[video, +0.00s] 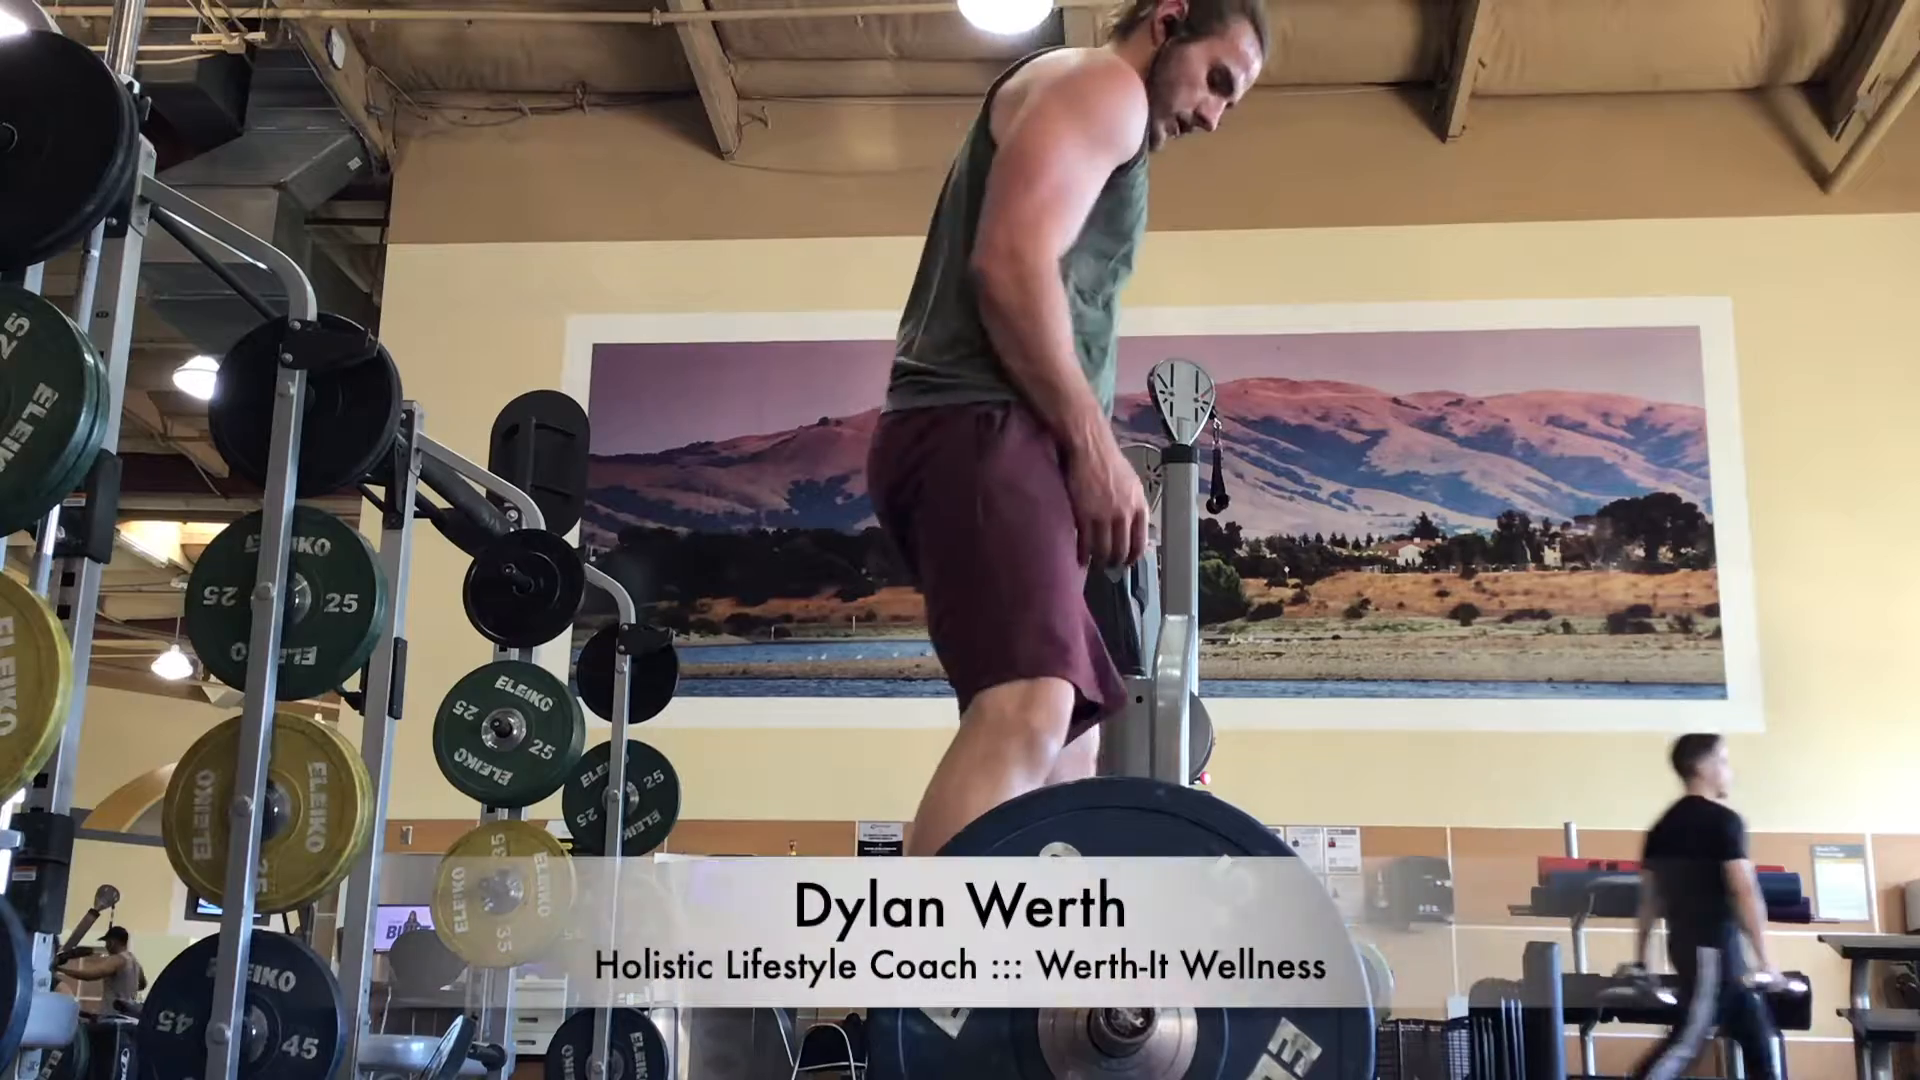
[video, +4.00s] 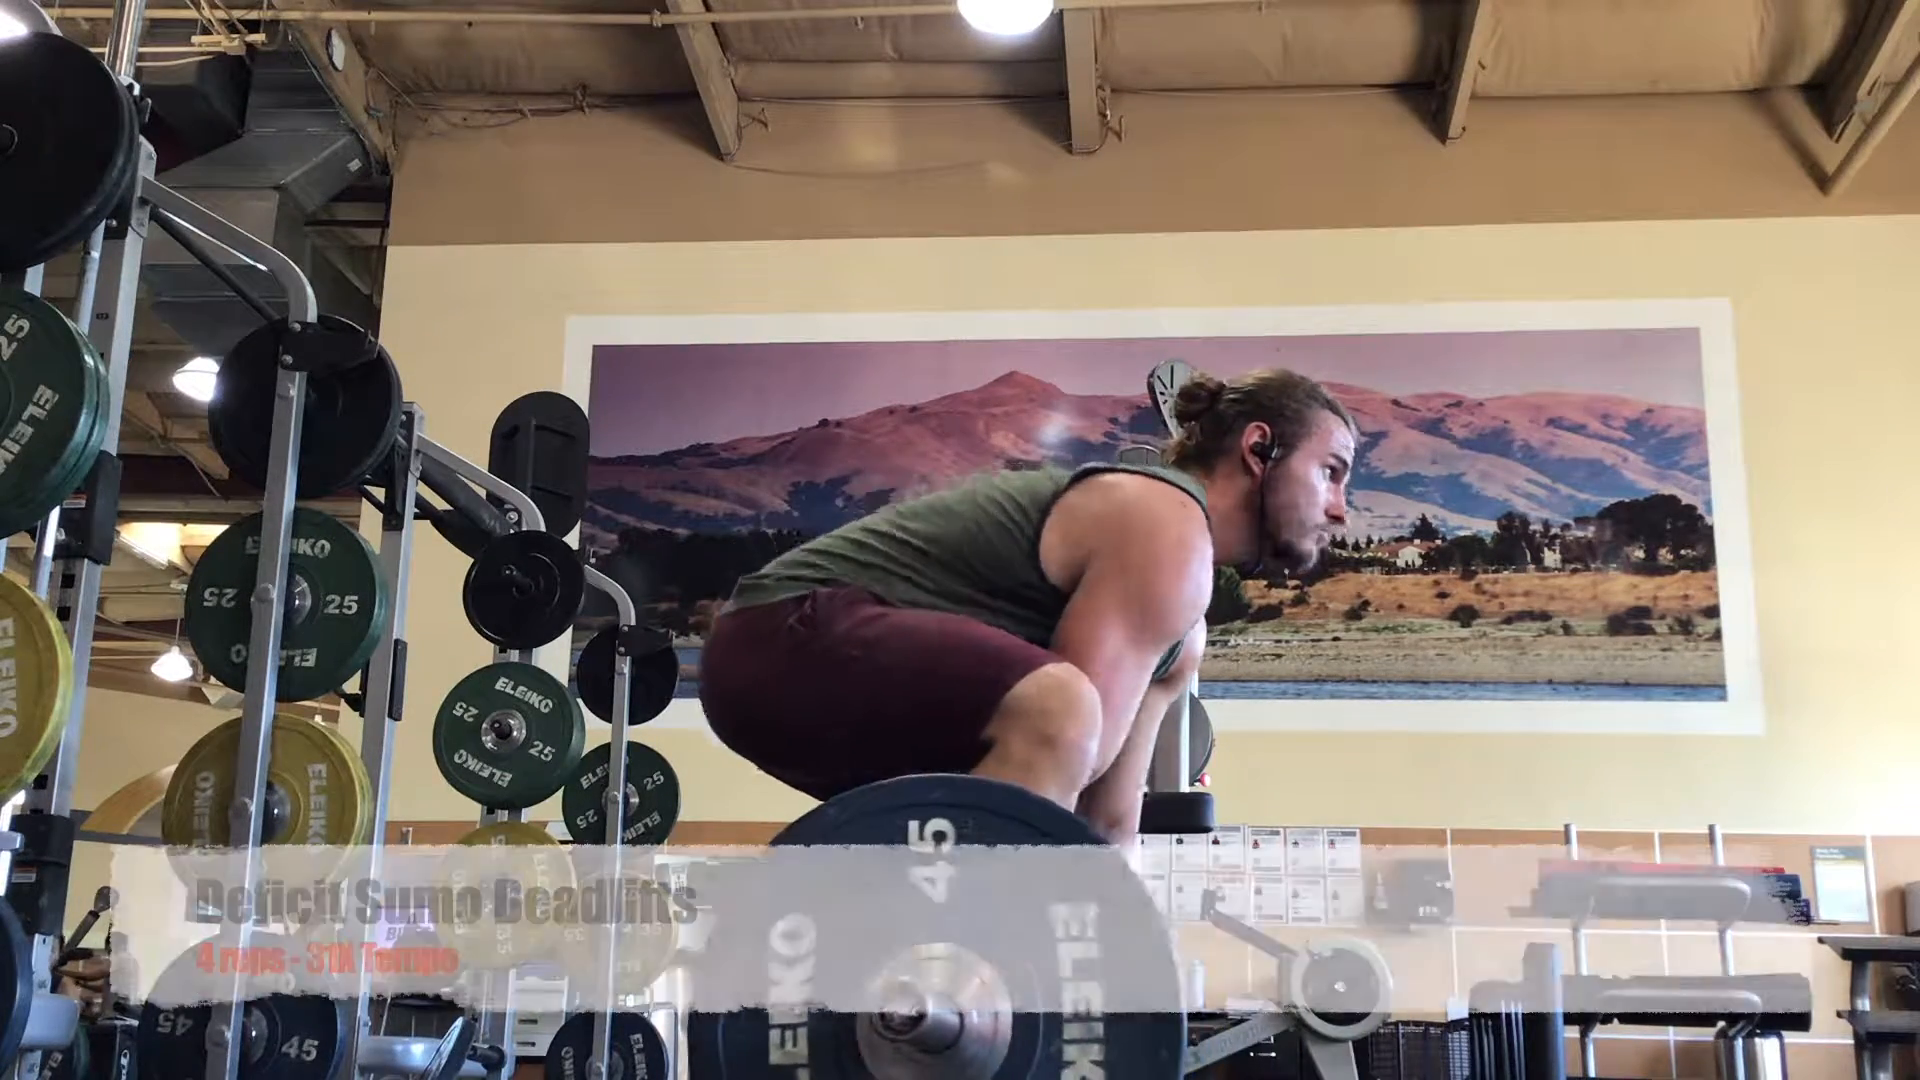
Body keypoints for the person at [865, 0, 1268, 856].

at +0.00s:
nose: (1215, 113)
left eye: (1232, 99)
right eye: (1218, 78)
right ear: (1167, 21)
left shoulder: (1103, 109)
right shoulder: (1097, 85)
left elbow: (1049, 312)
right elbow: (1012, 264)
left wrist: (1100, 471)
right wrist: (1094, 446)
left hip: (1020, 431)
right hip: (980, 423)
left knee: (1074, 725)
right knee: (1026, 709)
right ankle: (910, 954)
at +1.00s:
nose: (1303, 588)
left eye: (1325, 575)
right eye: (1316, 558)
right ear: (1282, 485)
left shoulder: (1199, 617)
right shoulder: (1143, 539)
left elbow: (1148, 812)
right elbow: (1068, 783)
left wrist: (1157, 968)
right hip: (790, 605)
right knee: (1062, 717)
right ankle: (918, 977)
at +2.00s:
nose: (1359, 503)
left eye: (1364, 479)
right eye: (1350, 468)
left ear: (1281, 451)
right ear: (1278, 445)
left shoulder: (1201, 633)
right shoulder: (1188, 528)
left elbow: (1144, 800)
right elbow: (1093, 768)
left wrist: (1139, 974)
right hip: (816, 643)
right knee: (1097, 716)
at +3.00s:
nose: (1312, 497)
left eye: (1318, 477)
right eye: (1301, 464)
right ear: (1227, 439)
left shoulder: (1168, 613)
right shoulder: (1108, 522)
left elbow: (1152, 798)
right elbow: (1074, 776)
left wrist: (1174, 968)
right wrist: (1100, 967)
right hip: (754, 609)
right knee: (1018, 704)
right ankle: (907, 1043)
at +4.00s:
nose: (1344, 509)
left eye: (1347, 483)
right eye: (1332, 472)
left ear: (1257, 456)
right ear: (1257, 452)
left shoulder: (1177, 612)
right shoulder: (1164, 531)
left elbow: (1109, 816)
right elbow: (1061, 766)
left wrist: (1113, 967)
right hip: (783, 630)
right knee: (1059, 713)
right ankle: (951, 962)